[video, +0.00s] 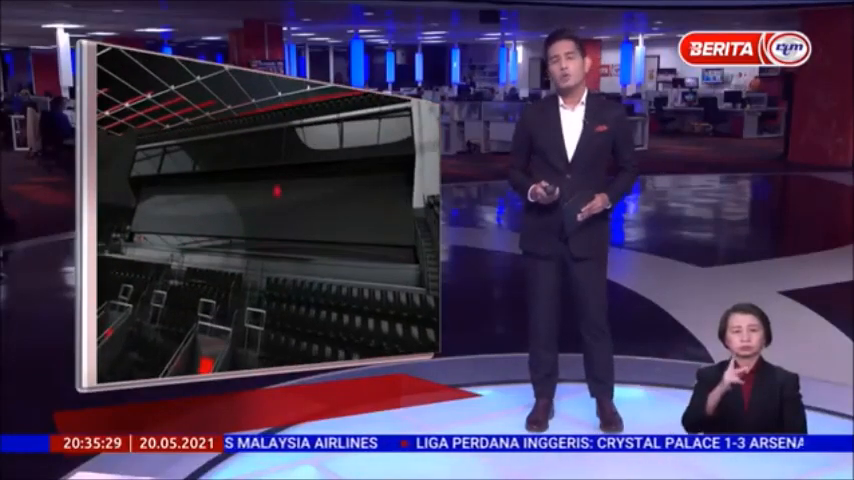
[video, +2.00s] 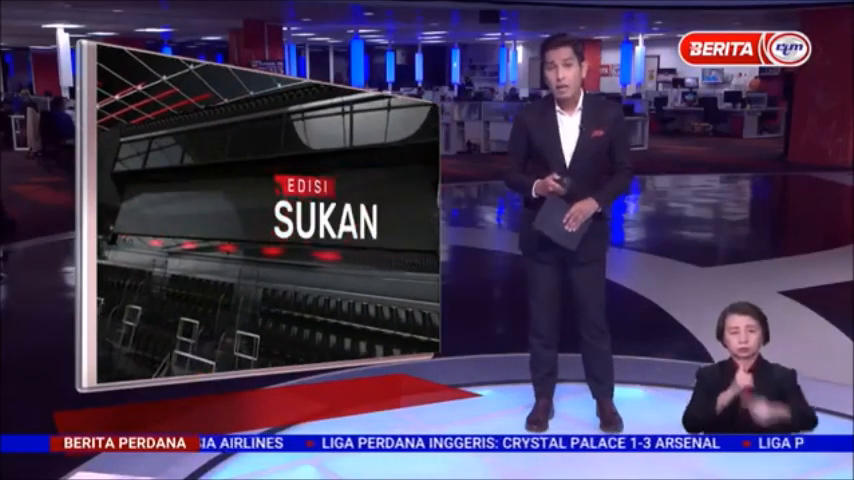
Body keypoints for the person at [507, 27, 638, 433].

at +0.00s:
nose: (562, 66)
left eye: (569, 57)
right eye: (554, 60)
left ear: (585, 63)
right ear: (547, 69)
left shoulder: (610, 110)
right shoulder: (533, 113)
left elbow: (629, 167)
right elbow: (516, 168)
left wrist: (608, 197)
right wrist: (530, 188)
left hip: (588, 231)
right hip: (542, 231)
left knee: (594, 318)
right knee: (542, 318)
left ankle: (604, 400)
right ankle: (542, 398)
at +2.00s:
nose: (559, 74)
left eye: (567, 65)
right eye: (551, 67)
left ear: (582, 69)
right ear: (544, 74)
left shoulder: (607, 112)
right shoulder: (529, 116)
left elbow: (623, 173)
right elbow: (511, 172)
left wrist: (595, 201)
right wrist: (535, 186)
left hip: (589, 230)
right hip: (541, 230)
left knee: (592, 320)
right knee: (543, 321)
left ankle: (605, 401)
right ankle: (542, 401)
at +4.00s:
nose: (559, 73)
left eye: (568, 65)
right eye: (553, 65)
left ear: (584, 70)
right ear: (545, 73)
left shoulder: (607, 112)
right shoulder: (531, 115)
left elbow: (627, 171)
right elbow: (514, 171)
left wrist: (601, 201)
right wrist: (532, 184)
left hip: (590, 232)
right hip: (542, 233)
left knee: (593, 321)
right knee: (543, 321)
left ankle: (605, 401)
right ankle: (542, 400)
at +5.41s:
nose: (561, 76)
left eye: (569, 68)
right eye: (554, 68)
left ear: (583, 72)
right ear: (545, 73)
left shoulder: (606, 112)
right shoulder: (528, 116)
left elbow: (623, 170)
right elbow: (512, 172)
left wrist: (602, 199)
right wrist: (531, 187)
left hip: (589, 231)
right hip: (541, 232)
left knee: (593, 321)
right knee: (543, 322)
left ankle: (605, 401)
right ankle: (542, 401)